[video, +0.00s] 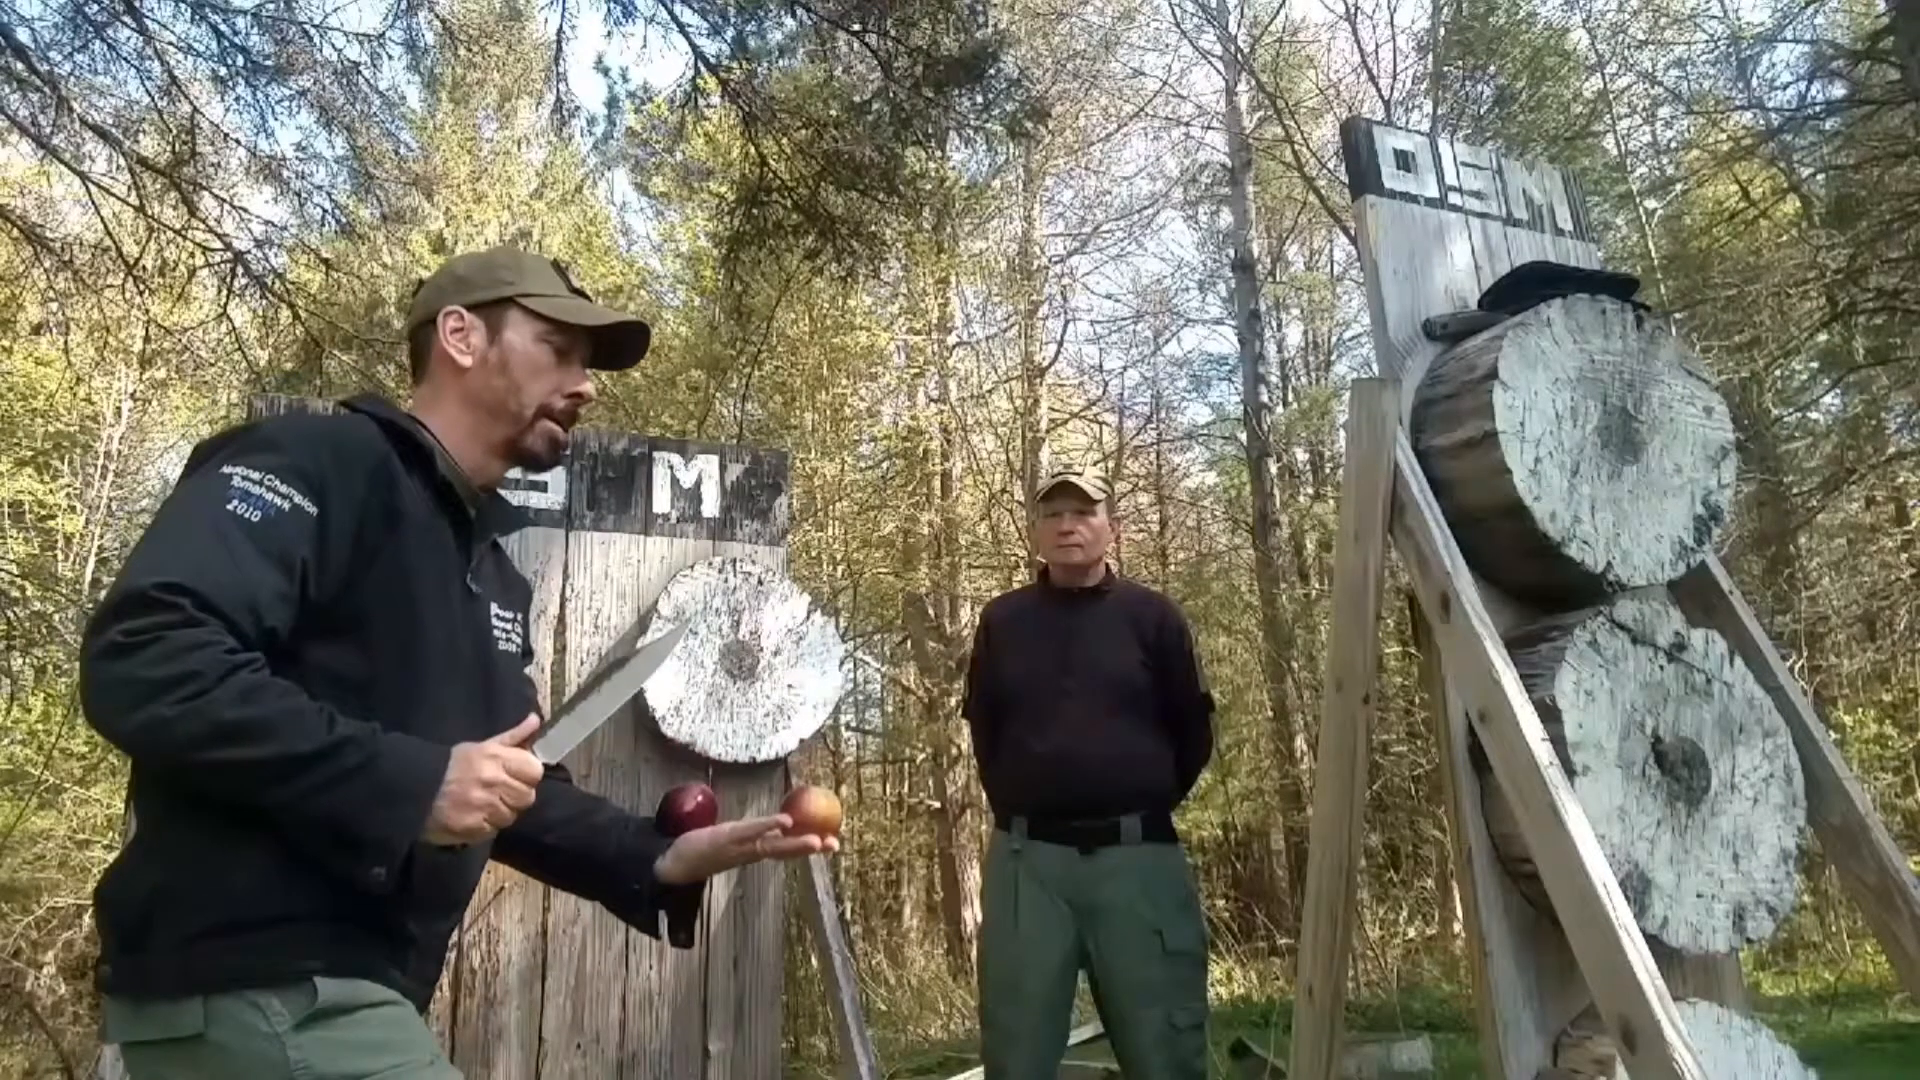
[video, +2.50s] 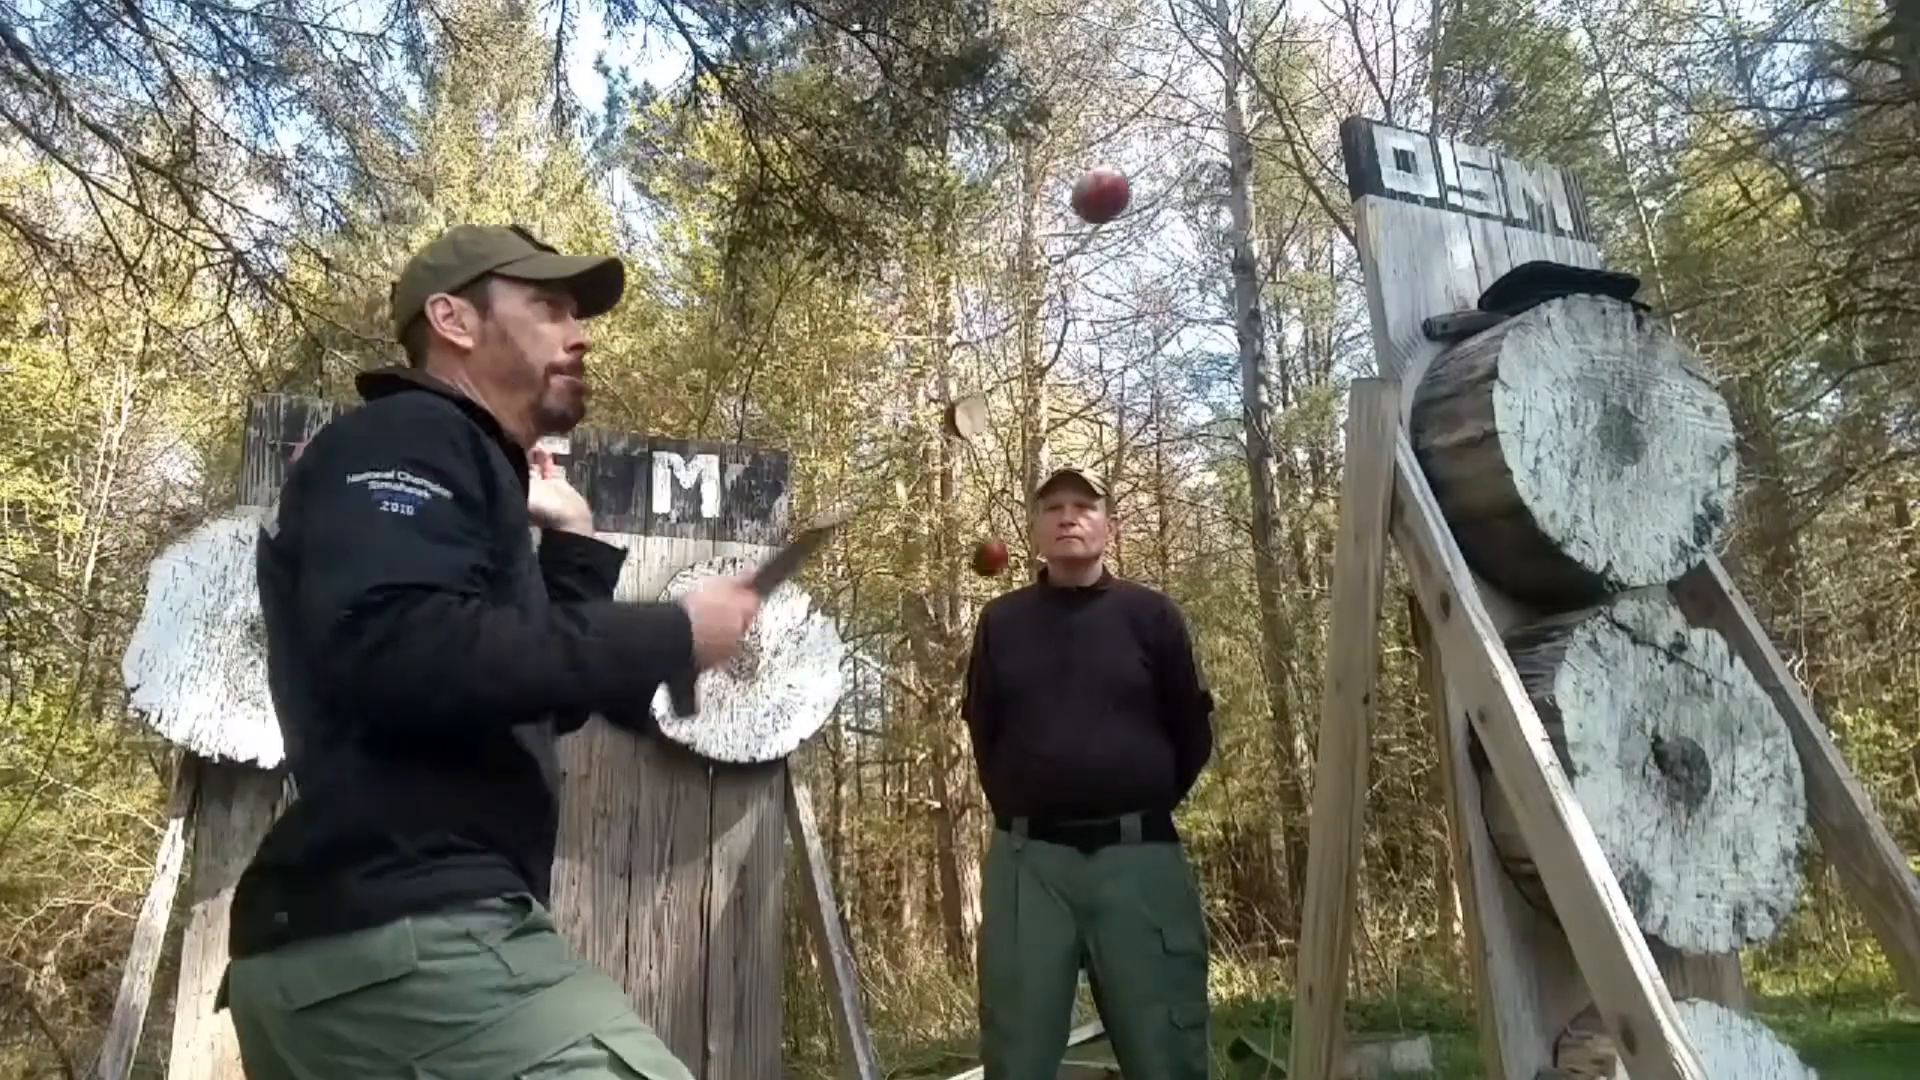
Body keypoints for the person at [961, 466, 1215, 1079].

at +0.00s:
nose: (1068, 525)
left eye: (1082, 513)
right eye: (1053, 515)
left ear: (1110, 529)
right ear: (1034, 534)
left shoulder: (1154, 615)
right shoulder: (1001, 619)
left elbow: (1194, 732)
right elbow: (983, 726)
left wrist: (1140, 813)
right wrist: (1026, 815)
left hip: (1139, 862)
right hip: (1025, 862)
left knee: (1164, 1058)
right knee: (1016, 1059)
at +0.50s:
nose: (1068, 525)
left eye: (1082, 513)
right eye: (1053, 515)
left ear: (1110, 530)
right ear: (1033, 534)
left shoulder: (1153, 614)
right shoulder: (1000, 619)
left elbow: (1194, 732)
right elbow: (983, 727)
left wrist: (1141, 814)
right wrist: (1025, 817)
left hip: (1139, 861)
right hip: (1026, 862)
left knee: (1163, 1058)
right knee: (1017, 1059)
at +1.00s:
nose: (1068, 525)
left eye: (1082, 513)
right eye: (1053, 515)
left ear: (1110, 529)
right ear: (1034, 533)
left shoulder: (1153, 615)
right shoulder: (1000, 619)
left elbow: (1194, 732)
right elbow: (983, 726)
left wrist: (1141, 813)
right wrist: (1026, 815)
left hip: (1138, 861)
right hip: (1025, 861)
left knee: (1163, 1057)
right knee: (1016, 1058)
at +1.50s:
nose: (1069, 521)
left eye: (1083, 510)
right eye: (1053, 512)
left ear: (1110, 530)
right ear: (1034, 533)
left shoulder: (1153, 614)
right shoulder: (1000, 618)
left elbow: (1194, 731)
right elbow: (983, 726)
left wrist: (1141, 813)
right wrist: (1026, 814)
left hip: (1138, 860)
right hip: (1025, 861)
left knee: (1164, 1057)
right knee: (1016, 1059)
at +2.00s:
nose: (1069, 519)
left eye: (1083, 508)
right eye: (1053, 510)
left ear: (1110, 529)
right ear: (1034, 532)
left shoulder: (1153, 614)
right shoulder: (1000, 619)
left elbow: (1194, 730)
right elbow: (983, 727)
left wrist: (1142, 813)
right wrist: (1025, 815)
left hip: (1138, 860)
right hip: (1025, 861)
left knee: (1164, 1057)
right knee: (1017, 1058)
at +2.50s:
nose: (1069, 518)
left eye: (1083, 508)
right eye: (1054, 509)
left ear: (1109, 530)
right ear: (1034, 532)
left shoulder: (1150, 613)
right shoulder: (999, 619)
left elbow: (1194, 730)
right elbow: (983, 730)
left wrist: (1141, 813)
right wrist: (1026, 817)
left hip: (1140, 860)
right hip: (1025, 861)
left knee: (1165, 1057)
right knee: (1017, 1059)